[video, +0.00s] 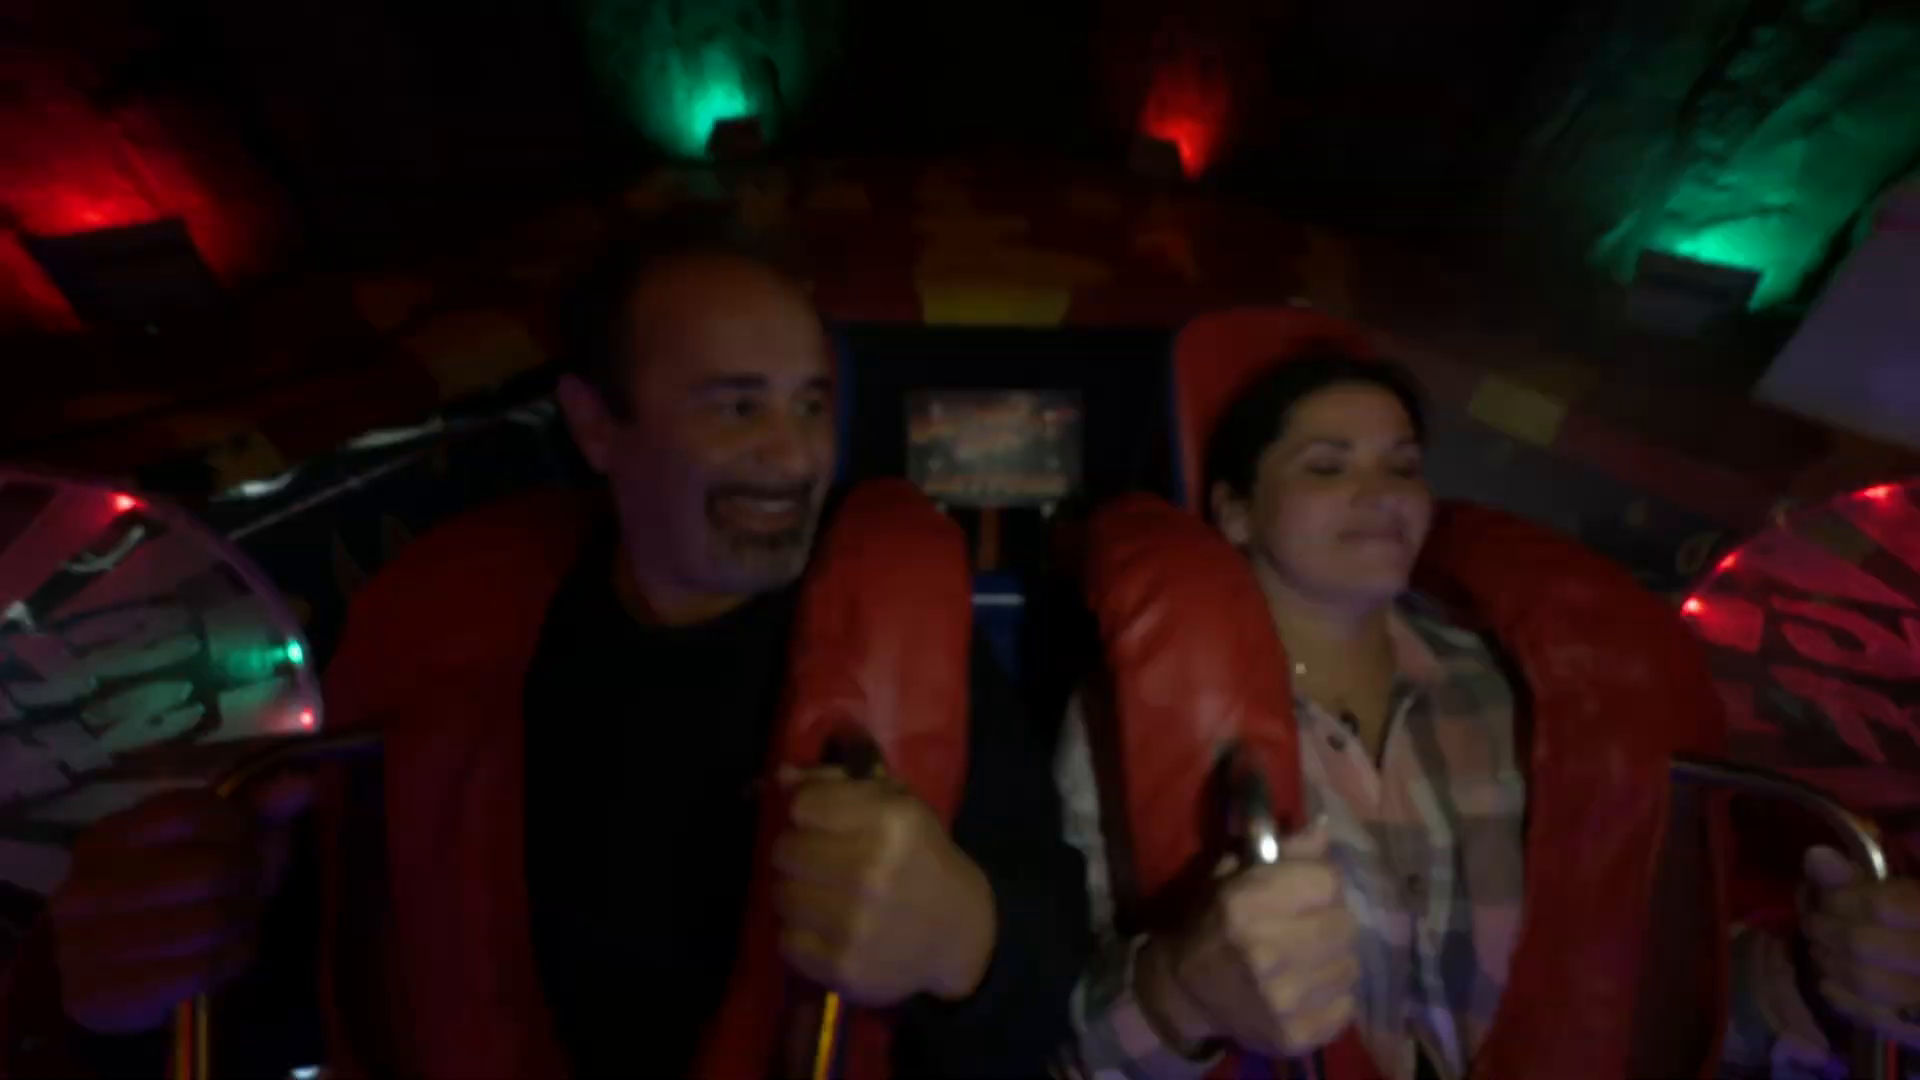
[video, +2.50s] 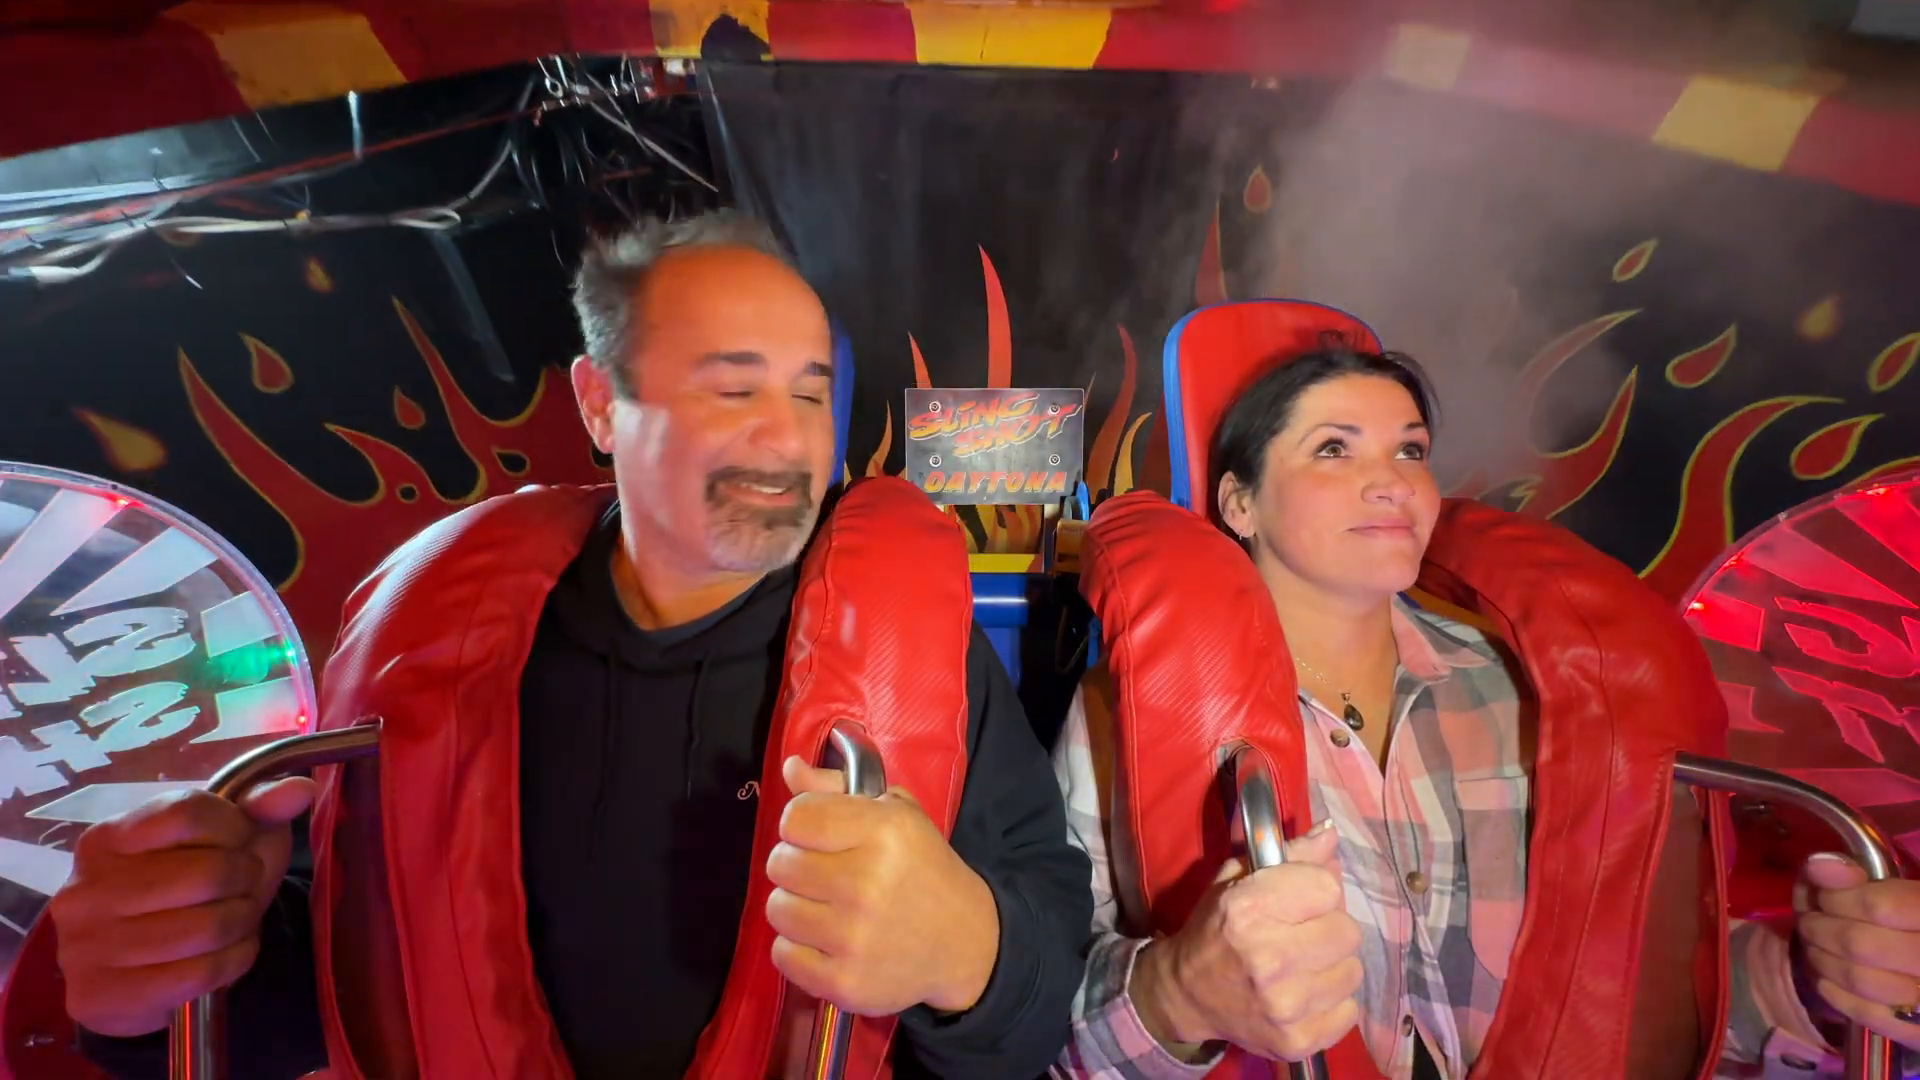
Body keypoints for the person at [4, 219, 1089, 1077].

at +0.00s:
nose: (790, 451)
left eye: (812, 403)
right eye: (732, 404)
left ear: (840, 416)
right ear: (600, 429)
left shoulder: (927, 644)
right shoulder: (441, 632)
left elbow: (1049, 1015)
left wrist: (973, 943)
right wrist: (96, 973)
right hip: (495, 1064)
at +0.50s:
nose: (747, 457)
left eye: (778, 398)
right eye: (681, 402)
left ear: (814, 409)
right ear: (570, 430)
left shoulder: (917, 654)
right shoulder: (425, 643)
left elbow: (1043, 979)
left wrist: (974, 945)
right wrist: (105, 972)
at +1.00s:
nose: (710, 443)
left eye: (754, 390)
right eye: (649, 390)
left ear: (810, 417)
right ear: (561, 420)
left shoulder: (923, 660)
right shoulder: (429, 645)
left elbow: (1044, 995)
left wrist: (973, 945)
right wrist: (123, 966)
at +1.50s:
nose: (784, 426)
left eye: (813, 386)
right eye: (730, 375)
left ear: (839, 421)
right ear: (604, 404)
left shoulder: (927, 664)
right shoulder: (433, 628)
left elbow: (1042, 1002)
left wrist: (972, 949)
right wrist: (112, 976)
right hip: (482, 1061)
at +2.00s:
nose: (817, 433)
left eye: (833, 390)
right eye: (762, 378)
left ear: (850, 410)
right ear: (620, 400)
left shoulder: (918, 654)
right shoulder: (428, 626)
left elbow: (1044, 980)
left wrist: (977, 949)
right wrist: (106, 982)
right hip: (484, 1056)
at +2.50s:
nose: (785, 440)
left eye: (811, 395)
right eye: (728, 391)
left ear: (838, 415)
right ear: (601, 412)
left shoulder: (918, 653)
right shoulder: (437, 633)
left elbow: (1041, 1006)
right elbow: (317, 991)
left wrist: (978, 955)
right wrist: (122, 977)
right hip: (497, 1062)